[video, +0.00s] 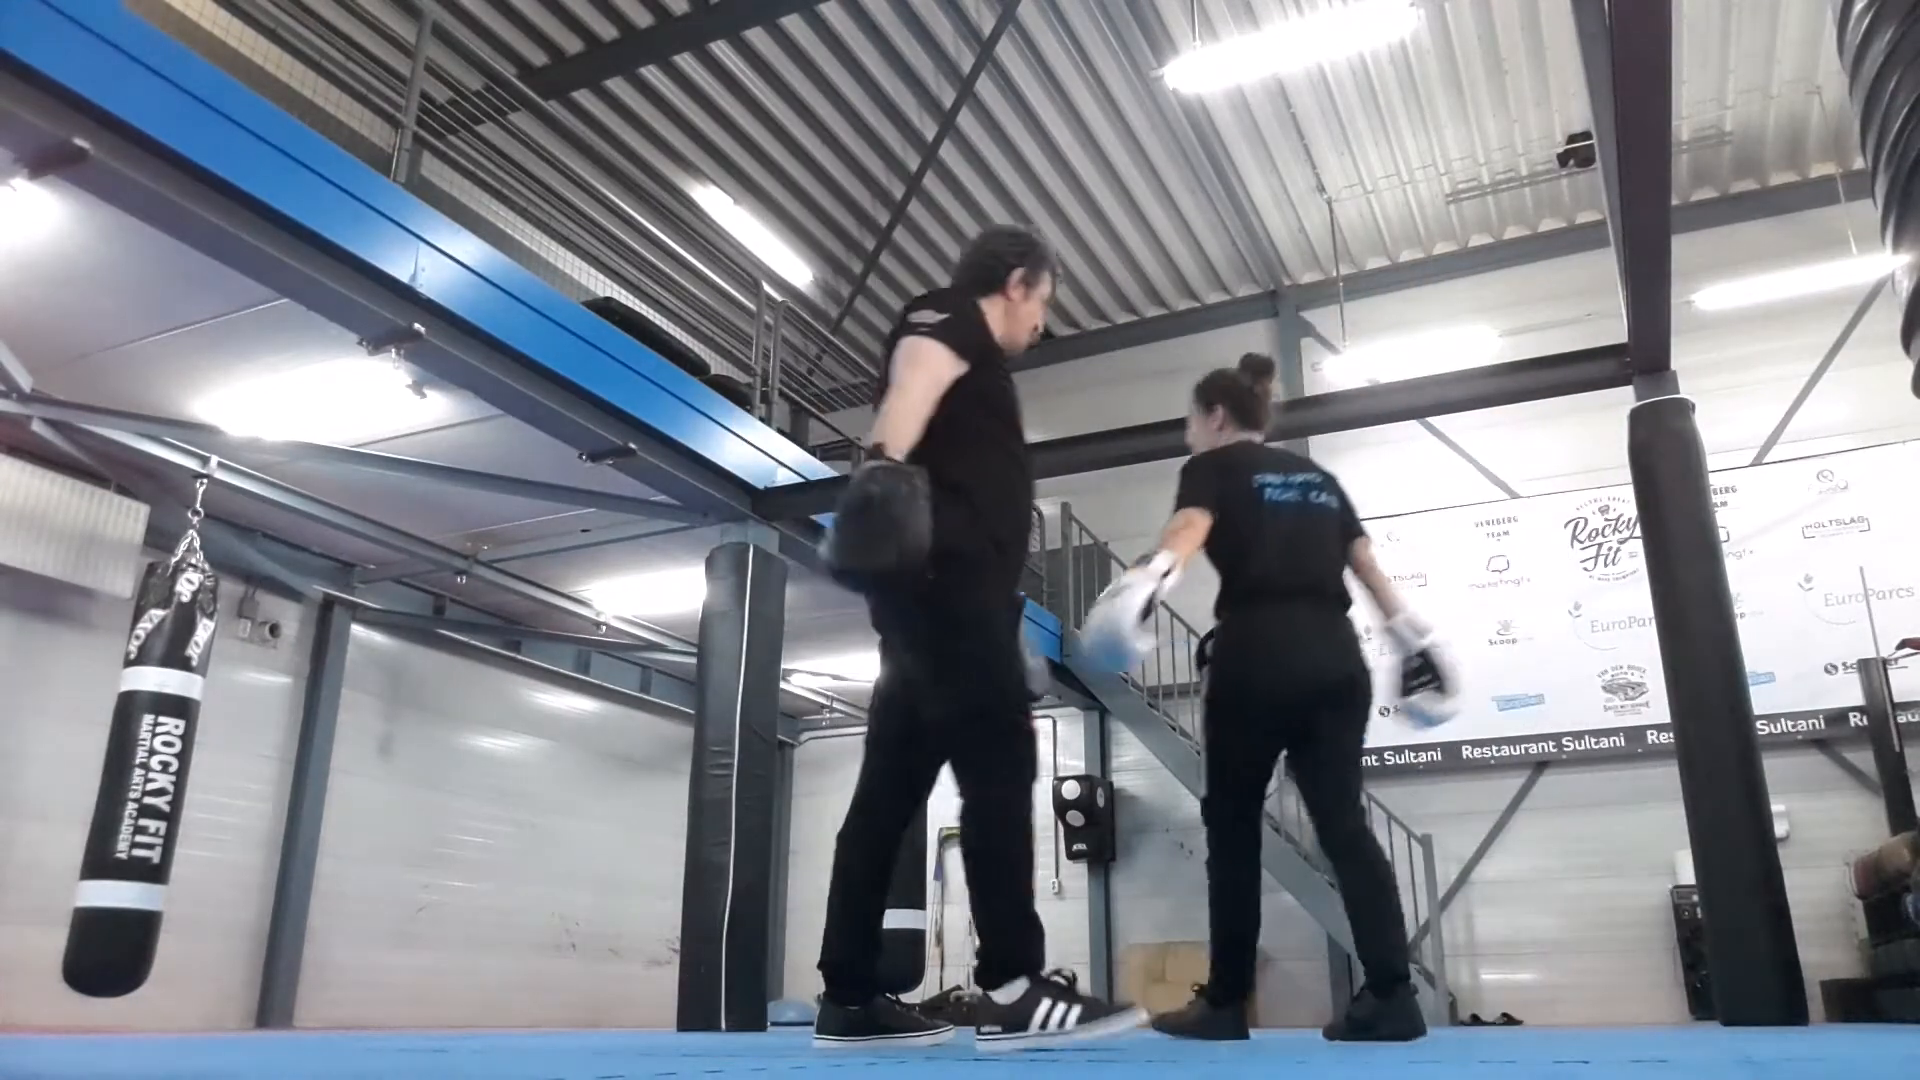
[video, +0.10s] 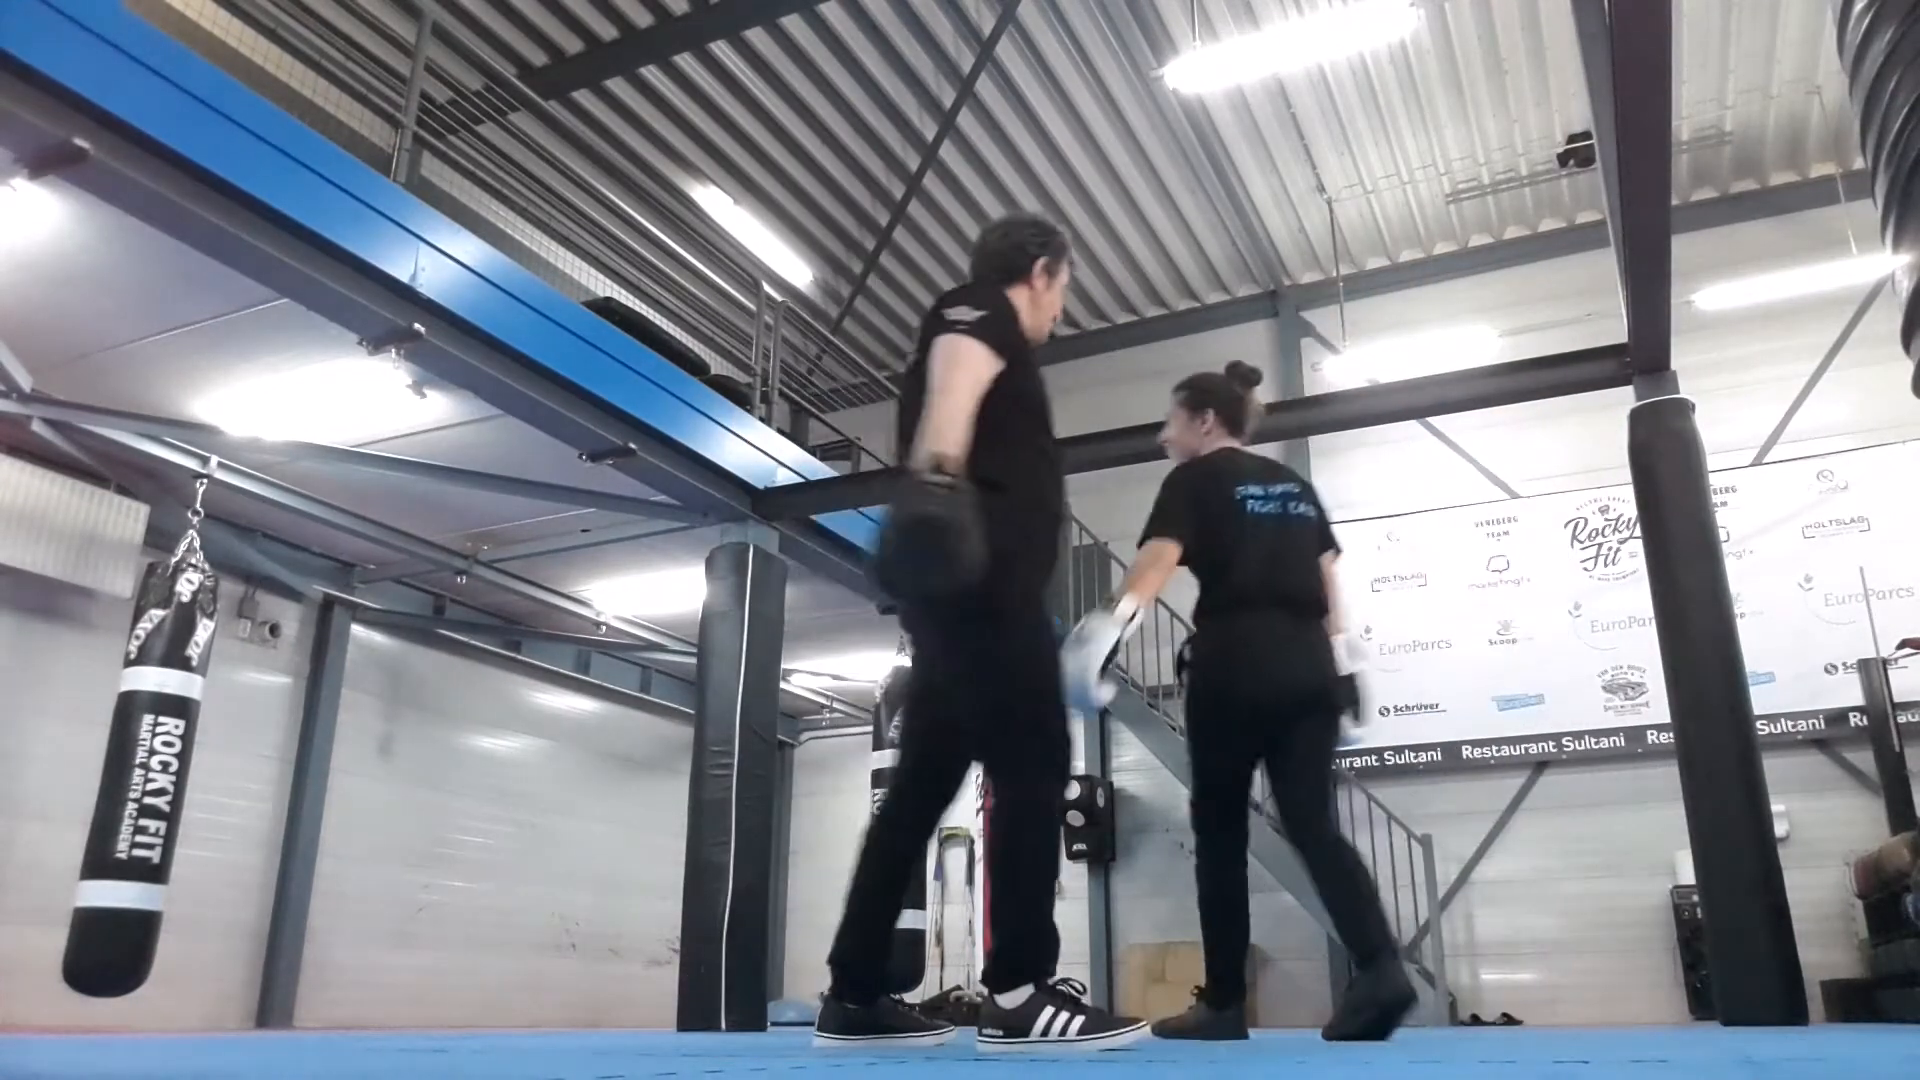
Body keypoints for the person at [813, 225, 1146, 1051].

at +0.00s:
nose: (1043, 322)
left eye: (1047, 309)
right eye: (1044, 304)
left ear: (1001, 285)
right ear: (1013, 284)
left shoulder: (975, 351)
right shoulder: (948, 319)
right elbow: (908, 400)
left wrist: (992, 583)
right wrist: (881, 481)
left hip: (942, 597)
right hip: (952, 594)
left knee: (887, 793)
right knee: (1001, 778)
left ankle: (851, 994)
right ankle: (1012, 981)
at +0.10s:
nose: (1063, 308)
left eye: (1065, 293)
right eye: (1063, 289)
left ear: (1009, 270)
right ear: (1036, 274)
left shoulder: (970, 336)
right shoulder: (980, 314)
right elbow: (949, 392)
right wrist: (938, 499)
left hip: (960, 589)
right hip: (991, 589)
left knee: (923, 783)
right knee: (1033, 773)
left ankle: (856, 992)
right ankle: (1021, 988)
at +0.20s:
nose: (1086, 294)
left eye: (1086, 279)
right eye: (1085, 277)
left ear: (1017, 264)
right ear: (1061, 268)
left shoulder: (983, 330)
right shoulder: (1017, 311)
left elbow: (939, 466)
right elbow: (1006, 390)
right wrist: (1026, 501)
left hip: (979, 574)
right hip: (1022, 571)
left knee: (996, 784)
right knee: (1056, 779)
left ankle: (879, 974)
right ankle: (1026, 992)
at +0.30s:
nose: (1109, 285)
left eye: (1108, 269)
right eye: (1108, 267)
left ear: (1030, 259)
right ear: (1087, 259)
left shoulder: (981, 348)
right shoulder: (1046, 298)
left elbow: (991, 481)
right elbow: (1071, 400)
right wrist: (1127, 498)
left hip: (1008, 584)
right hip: (1051, 579)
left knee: (1057, 784)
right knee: (1072, 784)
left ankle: (931, 951)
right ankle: (1024, 995)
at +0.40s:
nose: (1133, 268)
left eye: (1132, 255)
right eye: (1132, 254)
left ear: (1049, 251)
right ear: (1113, 248)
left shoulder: (997, 348)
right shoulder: (1079, 291)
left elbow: (1021, 484)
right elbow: (1135, 400)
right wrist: (1219, 503)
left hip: (1037, 579)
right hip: (1077, 576)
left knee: (1111, 757)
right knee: (1076, 770)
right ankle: (1023, 990)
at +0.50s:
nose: (1157, 264)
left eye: (1154, 251)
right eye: (1155, 250)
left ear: (1068, 251)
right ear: (1134, 247)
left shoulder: (1017, 345)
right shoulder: (1120, 295)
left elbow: (1046, 463)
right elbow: (1190, 403)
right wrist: (1273, 502)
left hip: (1046, 579)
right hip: (1111, 580)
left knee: (1163, 755)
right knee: (1070, 779)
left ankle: (1164, 958)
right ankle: (1022, 989)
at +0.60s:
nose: (1184, 272)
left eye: (1179, 260)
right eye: (1181, 259)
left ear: (1091, 268)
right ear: (1164, 258)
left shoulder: (1045, 359)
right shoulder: (1157, 303)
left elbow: (1048, 492)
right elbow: (1234, 419)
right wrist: (1317, 511)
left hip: (1088, 600)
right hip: (1164, 595)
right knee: (1098, 789)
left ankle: (1241, 983)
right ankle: (1024, 983)